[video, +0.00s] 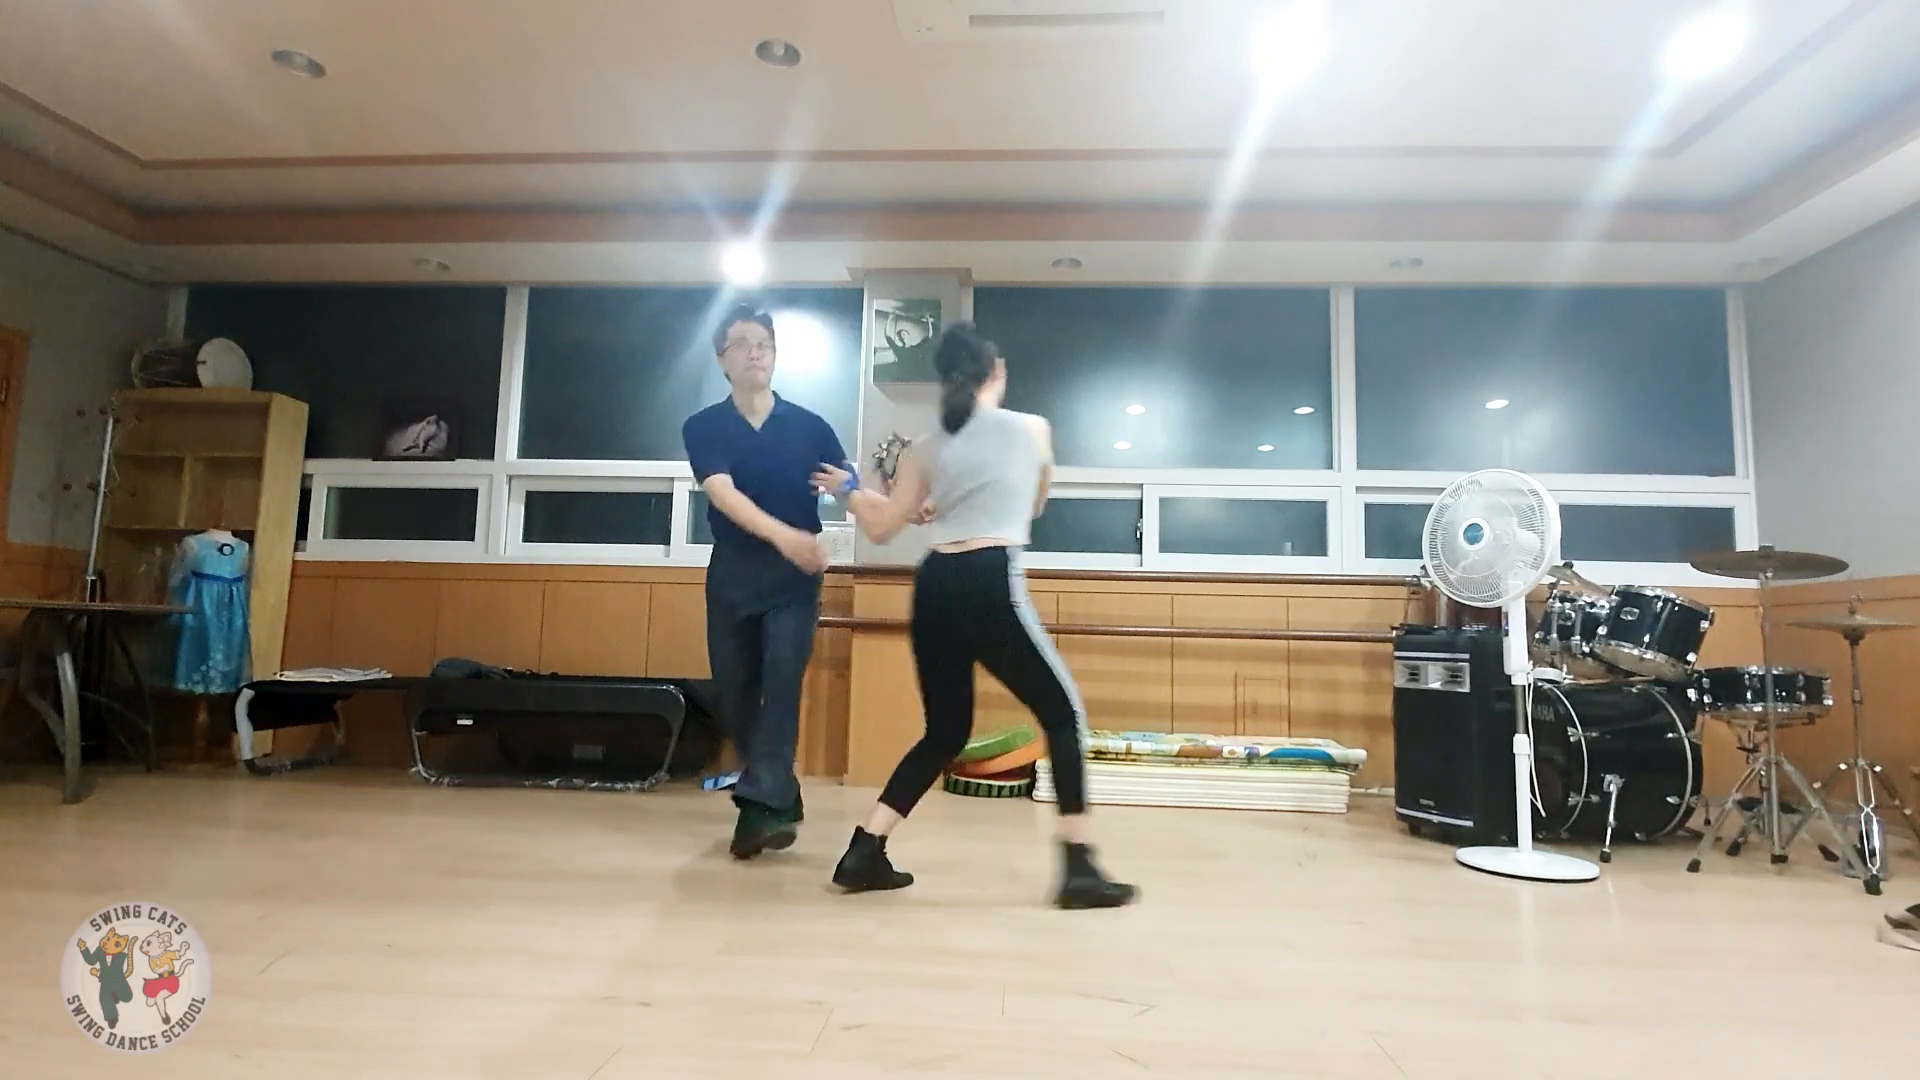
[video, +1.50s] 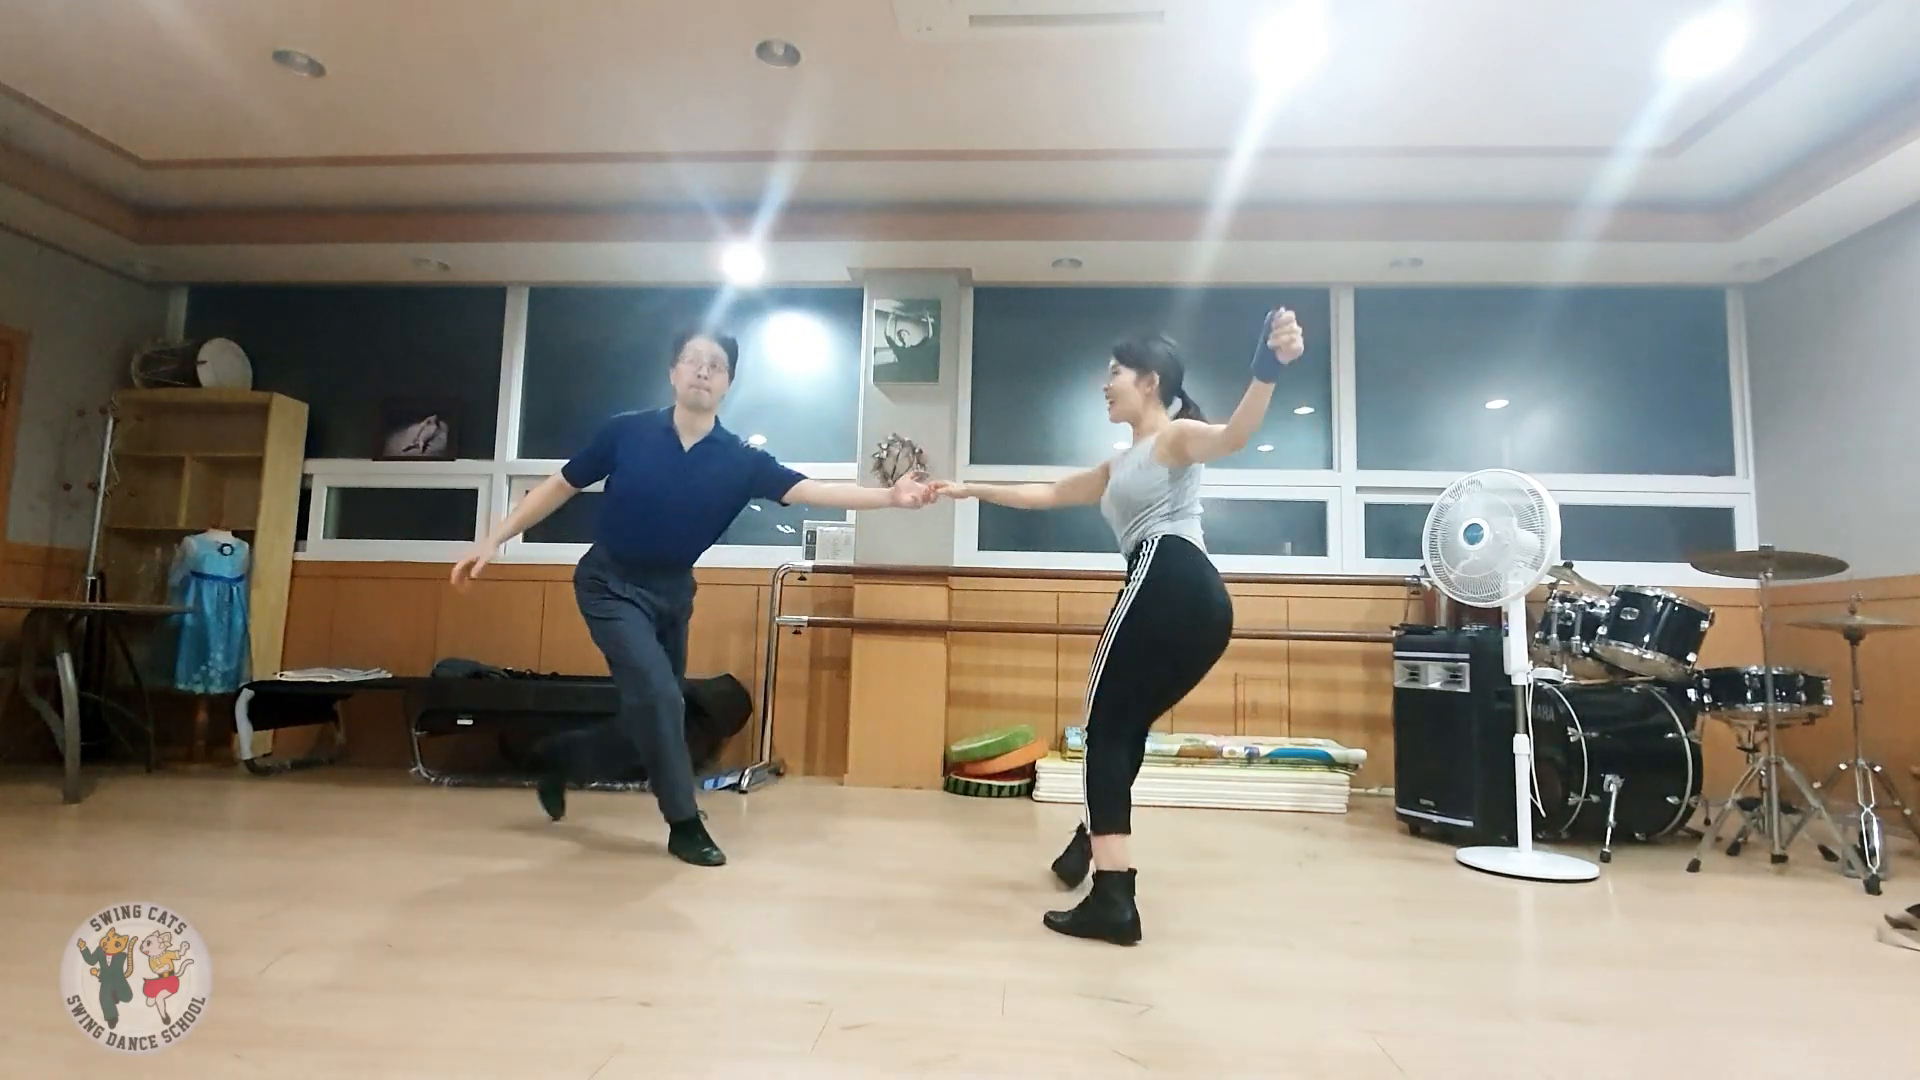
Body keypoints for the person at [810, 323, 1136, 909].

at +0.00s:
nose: (1004, 374)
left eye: (997, 366)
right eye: (1002, 366)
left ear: (946, 376)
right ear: (997, 372)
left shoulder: (930, 446)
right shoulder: (1032, 429)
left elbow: (879, 526)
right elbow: (1032, 502)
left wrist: (849, 488)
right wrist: (940, 502)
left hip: (934, 592)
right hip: (993, 587)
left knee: (945, 731)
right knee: (1062, 716)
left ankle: (864, 851)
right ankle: (1078, 865)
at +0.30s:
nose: (1087, 390)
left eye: (1086, 380)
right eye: (1087, 380)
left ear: (1095, 381)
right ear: (1133, 372)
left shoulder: (1103, 440)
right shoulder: (1164, 420)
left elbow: (1025, 517)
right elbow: (1082, 469)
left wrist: (955, 500)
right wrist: (996, 472)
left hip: (1147, 571)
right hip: (1213, 570)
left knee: (1084, 705)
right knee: (1181, 726)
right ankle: (1142, 872)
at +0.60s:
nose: (1158, 374)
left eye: (1166, 362)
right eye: (1158, 363)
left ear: (1201, 365)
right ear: (1192, 369)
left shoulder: (1251, 433)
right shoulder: (1165, 444)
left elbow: (1315, 515)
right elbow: (1084, 471)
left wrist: (1375, 575)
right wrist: (999, 461)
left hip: (1261, 590)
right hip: (1222, 595)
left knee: (1220, 734)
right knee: (1158, 699)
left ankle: (1277, 875)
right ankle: (1185, 839)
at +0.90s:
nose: (1184, 375)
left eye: (1197, 365)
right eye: (1181, 368)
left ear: (1234, 379)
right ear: (1183, 385)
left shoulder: (1276, 439)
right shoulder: (1171, 460)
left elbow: (1374, 386)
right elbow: (1075, 481)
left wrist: (1452, 316)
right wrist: (983, 472)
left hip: (1239, 611)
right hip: (1176, 597)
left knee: (1184, 728)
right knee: (1154, 722)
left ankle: (1095, 846)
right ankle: (1152, 832)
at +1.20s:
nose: (1143, 368)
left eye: (1155, 360)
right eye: (1144, 360)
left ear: (1191, 370)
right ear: (1159, 376)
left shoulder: (1221, 419)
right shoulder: (1140, 459)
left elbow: (1293, 349)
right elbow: (1055, 483)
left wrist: (1328, 257)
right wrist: (969, 473)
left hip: (1223, 589)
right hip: (1185, 594)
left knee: (1138, 714)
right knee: (1106, 700)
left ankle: (1109, 878)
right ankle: (1146, 826)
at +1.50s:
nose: (1106, 384)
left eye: (1116, 373)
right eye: (1108, 373)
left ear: (1150, 382)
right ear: (1137, 385)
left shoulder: (1175, 435)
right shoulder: (1118, 467)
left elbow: (1233, 436)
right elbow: (1045, 492)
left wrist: (1269, 364)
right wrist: (964, 487)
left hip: (1167, 579)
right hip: (1204, 606)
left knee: (1106, 725)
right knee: (1127, 726)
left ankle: (1114, 897)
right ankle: (1091, 839)